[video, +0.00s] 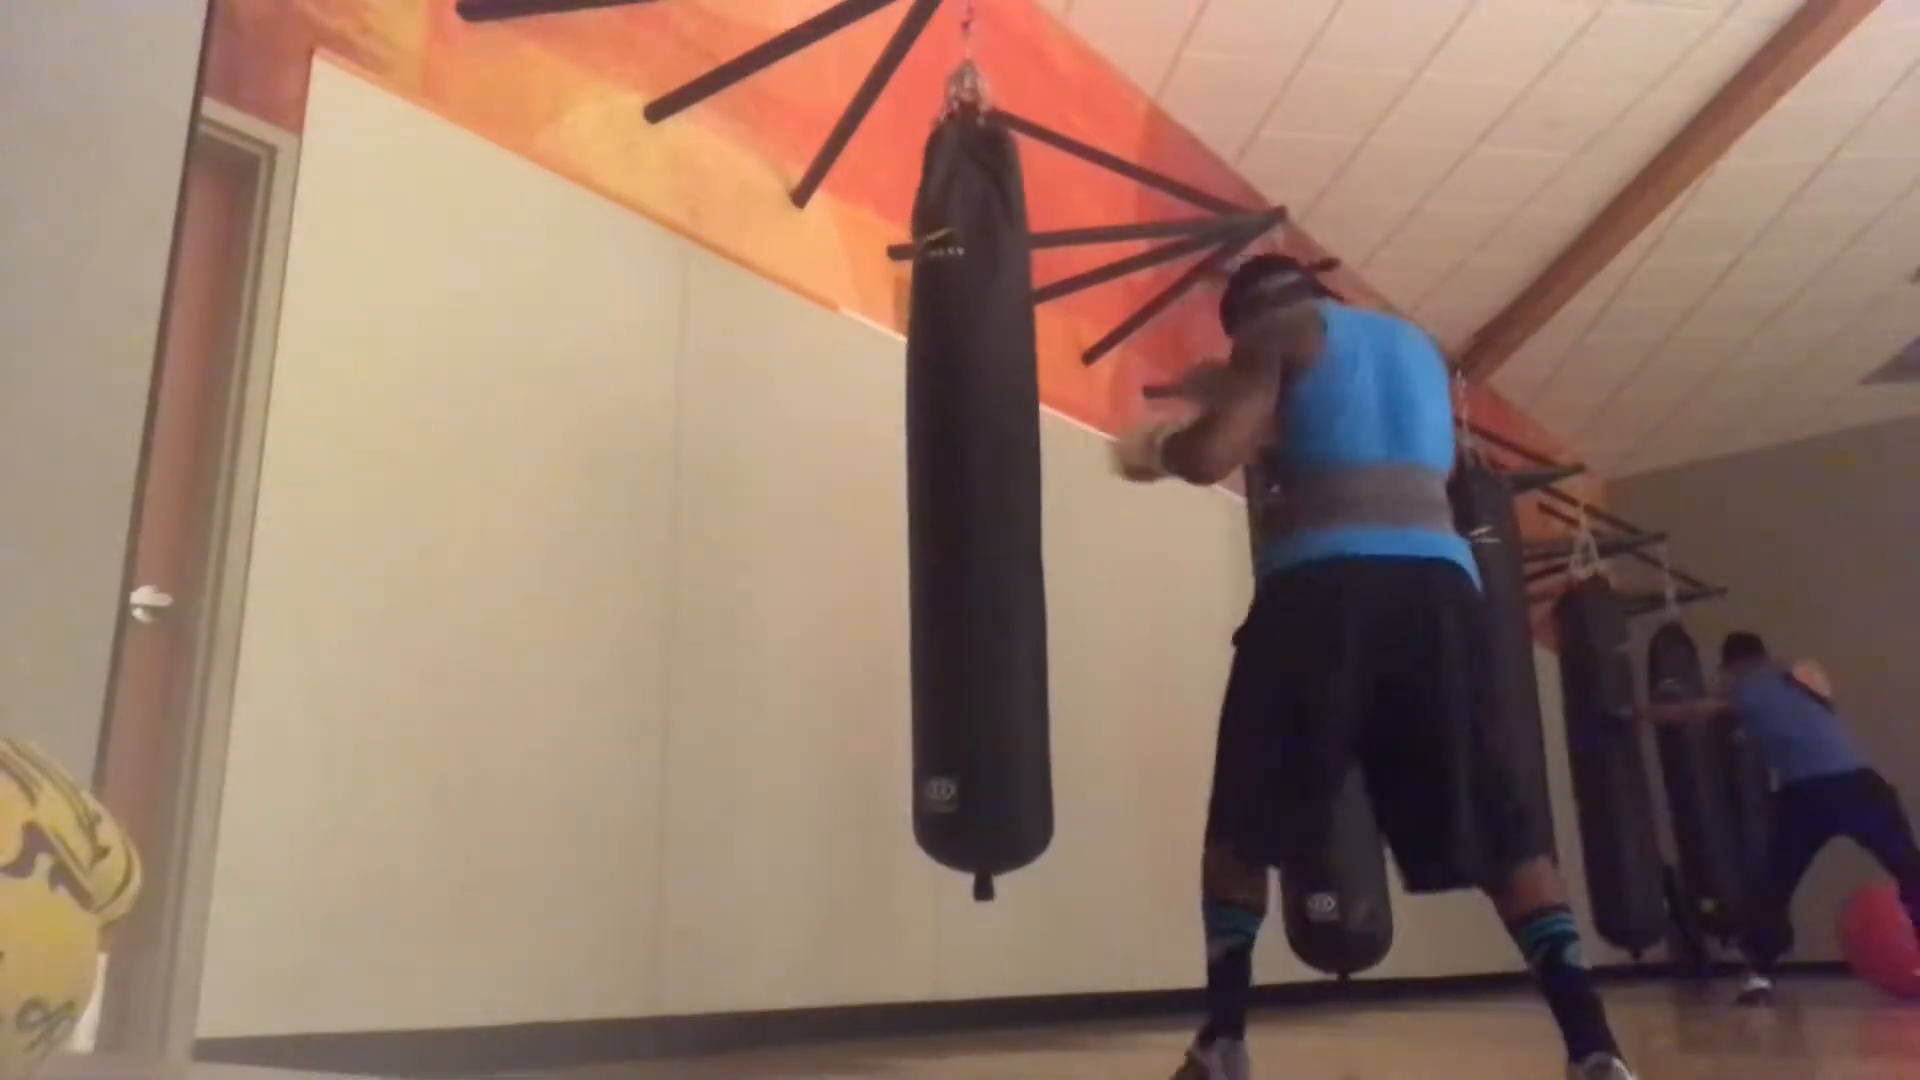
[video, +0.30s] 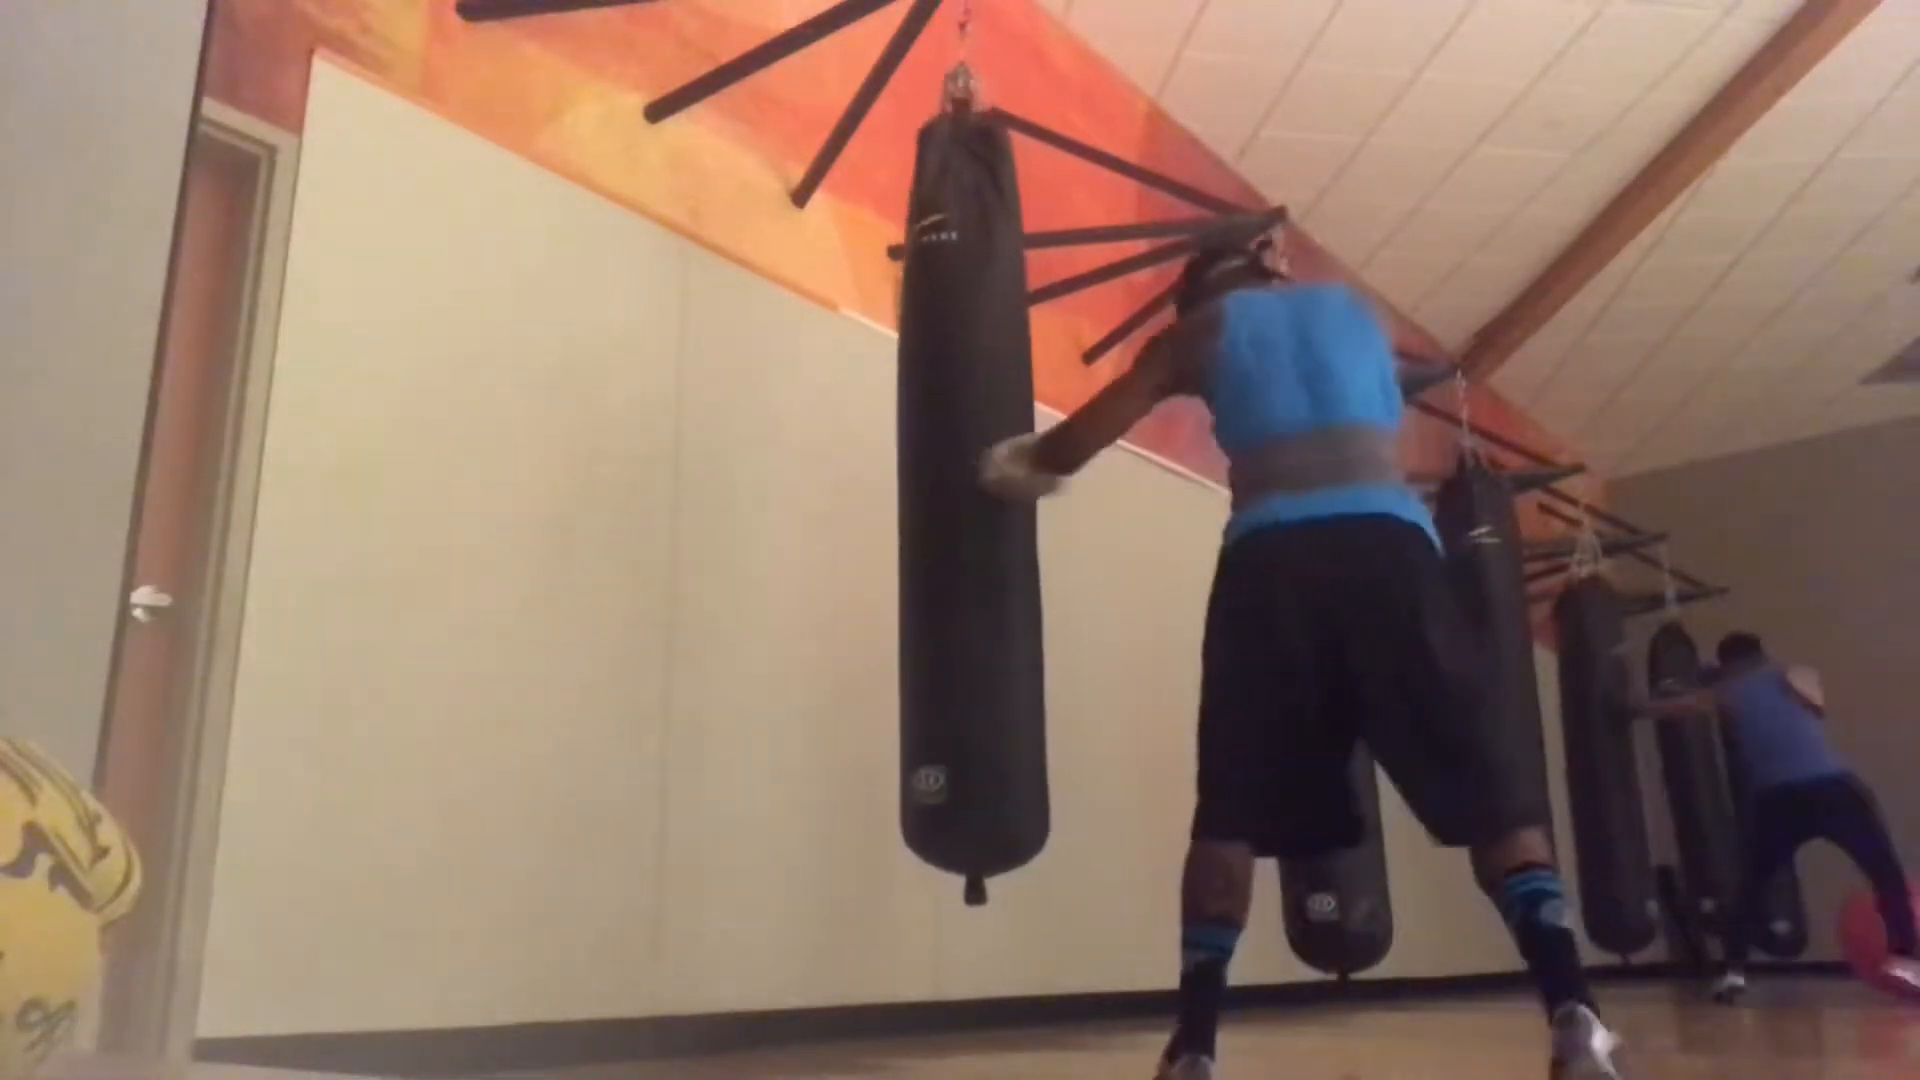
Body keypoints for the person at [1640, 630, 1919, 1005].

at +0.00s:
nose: (1727, 675)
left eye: (1726, 668)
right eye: (1726, 668)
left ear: (1731, 666)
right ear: (1765, 657)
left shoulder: (1746, 691)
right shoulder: (1795, 682)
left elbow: (1689, 713)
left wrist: (1642, 713)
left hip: (1806, 794)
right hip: (1859, 784)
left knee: (1774, 884)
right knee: (1908, 867)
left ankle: (1760, 975)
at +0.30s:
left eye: (1729, 665)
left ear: (1725, 665)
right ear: (1763, 655)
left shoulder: (1723, 693)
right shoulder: (1794, 675)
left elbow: (1677, 706)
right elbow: (1816, 706)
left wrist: (1641, 708)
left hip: (1777, 799)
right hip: (1831, 788)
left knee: (1753, 882)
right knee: (1885, 869)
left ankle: (1735, 971)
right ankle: (1905, 955)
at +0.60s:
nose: (1711, 680)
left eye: (1703, 675)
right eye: (1716, 673)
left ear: (1693, 677)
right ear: (1726, 671)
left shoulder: (1691, 708)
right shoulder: (1752, 695)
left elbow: (1655, 717)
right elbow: (1771, 714)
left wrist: (1632, 710)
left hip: (1747, 801)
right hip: (1796, 790)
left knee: (1725, 885)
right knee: (1841, 872)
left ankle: (1696, 971)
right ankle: (1874, 962)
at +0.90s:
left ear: (1693, 662)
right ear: (1726, 657)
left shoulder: (1682, 700)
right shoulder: (1756, 688)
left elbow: (1677, 761)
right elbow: (1783, 741)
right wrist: (1775, 764)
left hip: (1717, 802)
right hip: (1771, 795)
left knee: (1707, 886)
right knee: (1806, 879)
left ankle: (1692, 979)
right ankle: (1814, 968)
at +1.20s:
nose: (1732, 656)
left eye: (1727, 650)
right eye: (1738, 647)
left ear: (1718, 651)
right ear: (1756, 649)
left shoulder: (1703, 691)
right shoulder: (1787, 683)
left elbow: (1676, 740)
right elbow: (1805, 737)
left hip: (1738, 804)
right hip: (1792, 798)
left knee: (1717, 885)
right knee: (1819, 883)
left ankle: (1709, 975)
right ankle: (1816, 976)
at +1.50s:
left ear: (1691, 655)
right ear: (1726, 647)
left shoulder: (1685, 695)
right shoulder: (1754, 675)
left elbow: (1665, 754)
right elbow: (1801, 723)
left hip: (1731, 800)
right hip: (1785, 791)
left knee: (1724, 886)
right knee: (1816, 877)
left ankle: (1715, 979)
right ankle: (1817, 971)